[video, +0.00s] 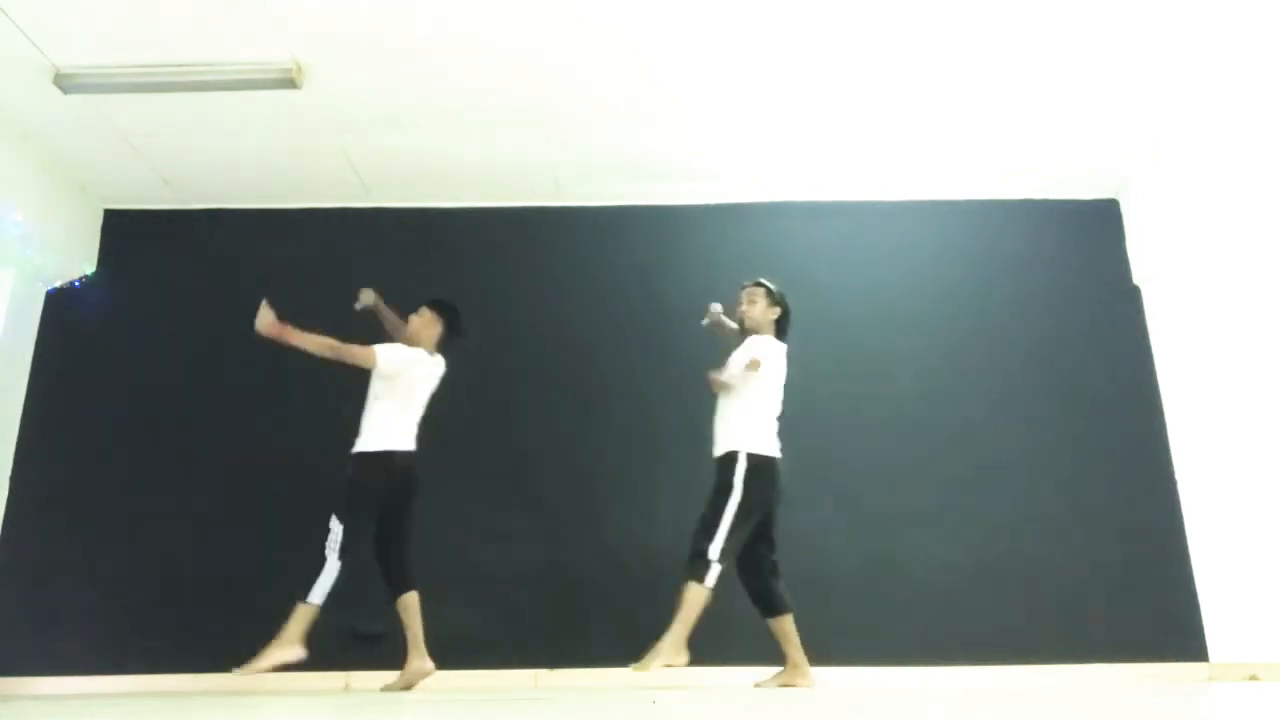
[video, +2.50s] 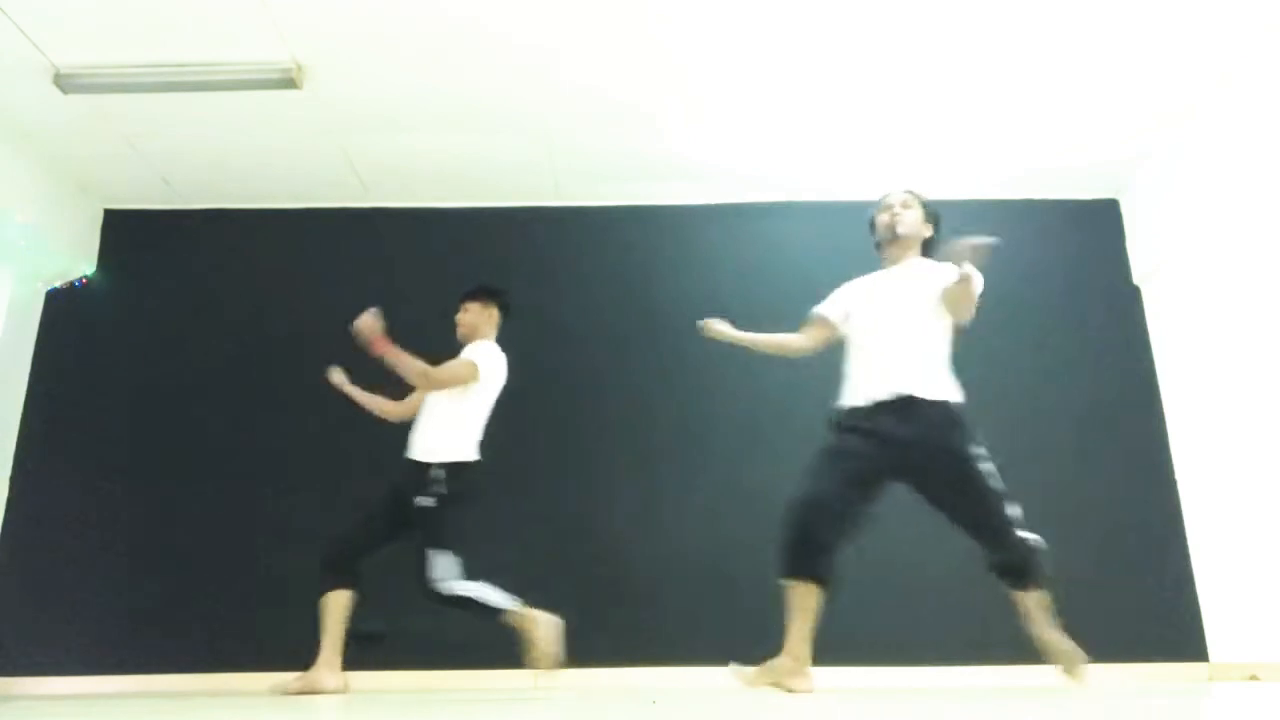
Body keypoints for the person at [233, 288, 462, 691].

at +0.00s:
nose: (412, 320)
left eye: (421, 316)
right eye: (416, 315)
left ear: (438, 330)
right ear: (436, 332)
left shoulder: (395, 356)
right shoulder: (435, 364)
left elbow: (336, 349)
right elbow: (404, 336)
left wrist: (276, 330)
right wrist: (377, 307)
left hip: (371, 463)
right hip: (402, 465)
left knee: (335, 553)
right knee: (395, 558)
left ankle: (290, 641)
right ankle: (418, 657)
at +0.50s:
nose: (280, 368)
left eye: (288, 359)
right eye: (277, 360)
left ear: (312, 360)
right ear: (277, 366)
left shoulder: (347, 388)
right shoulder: (279, 409)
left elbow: (374, 355)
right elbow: (231, 440)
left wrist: (321, 353)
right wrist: (191, 393)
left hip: (351, 507)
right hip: (312, 504)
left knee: (281, 577)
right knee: (225, 556)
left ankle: (257, 676)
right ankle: (213, 659)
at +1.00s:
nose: (314, 341)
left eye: (325, 332)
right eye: (311, 332)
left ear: (349, 336)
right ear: (307, 338)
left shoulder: (376, 387)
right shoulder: (297, 382)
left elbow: (397, 449)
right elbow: (241, 405)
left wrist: (367, 435)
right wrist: (239, 443)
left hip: (365, 504)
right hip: (317, 492)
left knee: (350, 598)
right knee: (281, 568)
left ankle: (296, 657)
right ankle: (309, 670)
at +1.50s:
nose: (491, 318)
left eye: (495, 312)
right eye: (480, 312)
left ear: (503, 322)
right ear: (462, 324)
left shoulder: (525, 370)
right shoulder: (443, 368)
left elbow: (581, 401)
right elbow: (378, 388)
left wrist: (602, 418)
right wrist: (361, 343)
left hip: (519, 491)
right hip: (461, 489)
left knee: (557, 569)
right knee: (406, 570)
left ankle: (563, 672)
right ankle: (359, 669)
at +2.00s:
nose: (490, 305)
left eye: (497, 297)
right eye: (484, 301)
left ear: (519, 298)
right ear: (481, 312)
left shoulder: (546, 321)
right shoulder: (486, 362)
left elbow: (591, 279)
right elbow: (471, 418)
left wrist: (548, 283)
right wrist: (457, 472)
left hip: (576, 446)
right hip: (537, 457)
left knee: (576, 552)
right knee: (547, 567)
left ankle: (608, 659)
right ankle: (600, 657)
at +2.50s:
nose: (459, 318)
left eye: (468, 311)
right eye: (460, 311)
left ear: (491, 317)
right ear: (467, 318)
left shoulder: (488, 357)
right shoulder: (455, 367)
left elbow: (430, 378)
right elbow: (399, 411)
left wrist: (379, 343)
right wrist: (347, 387)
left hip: (447, 476)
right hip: (415, 474)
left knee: (443, 580)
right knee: (342, 556)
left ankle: (536, 623)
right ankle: (327, 669)